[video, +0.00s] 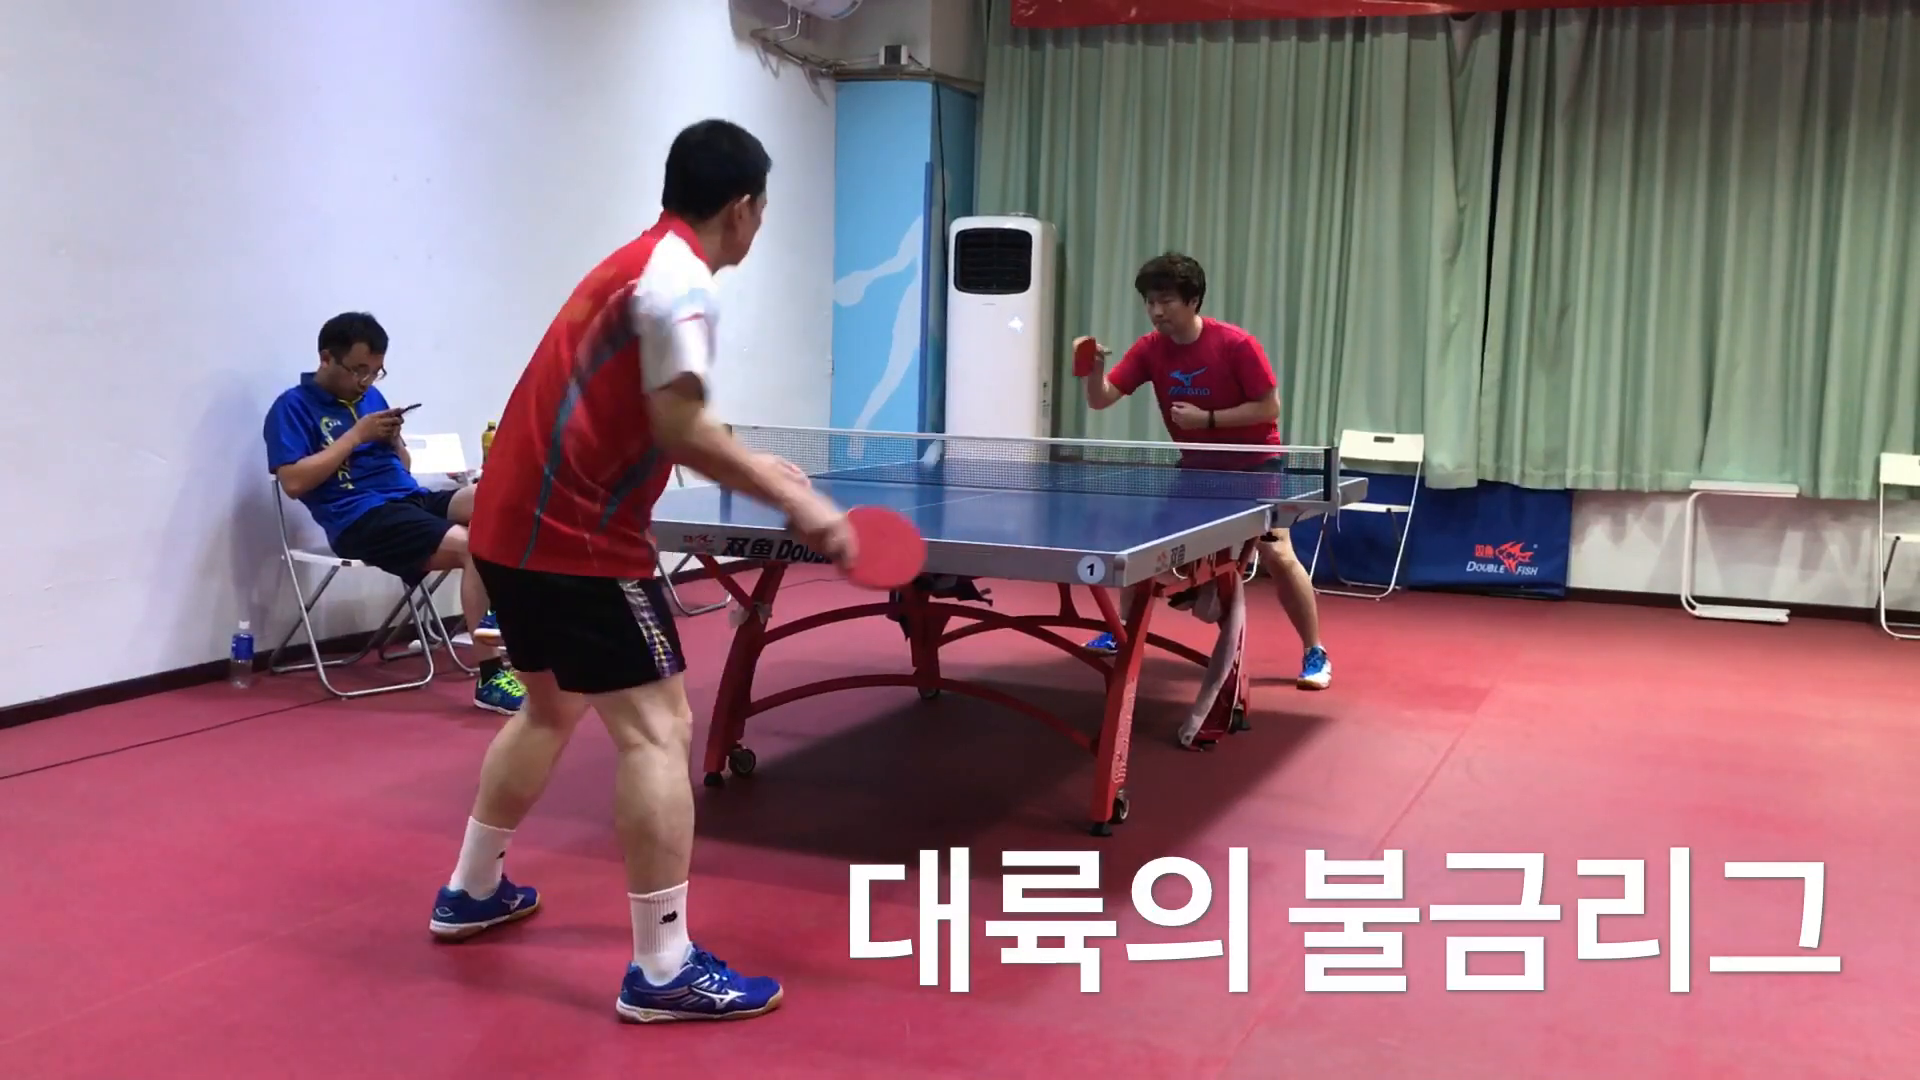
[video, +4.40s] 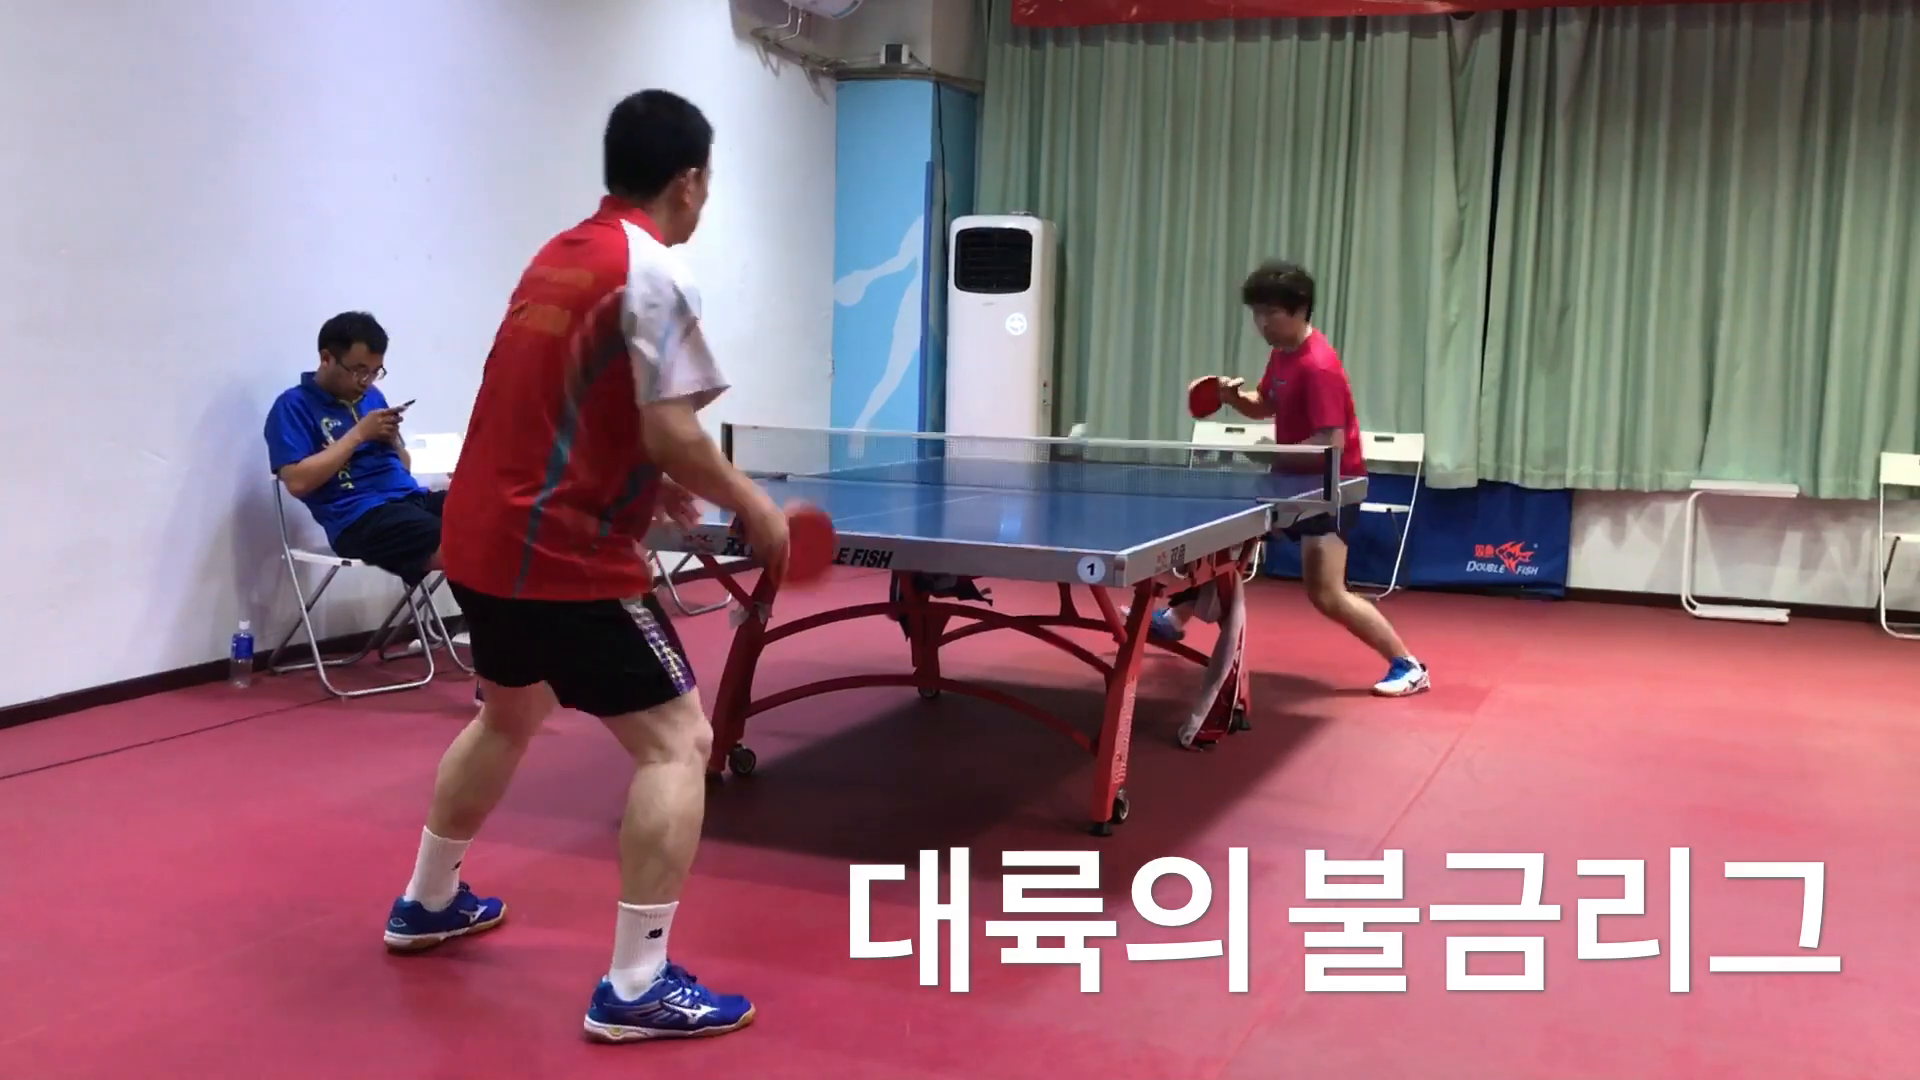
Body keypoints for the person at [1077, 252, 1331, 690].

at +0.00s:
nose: (1156, 311)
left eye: (1165, 301)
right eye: (1150, 302)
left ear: (1193, 300)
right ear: (1146, 304)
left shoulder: (1235, 344)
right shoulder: (1150, 350)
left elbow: (1269, 409)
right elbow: (1100, 400)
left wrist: (1208, 418)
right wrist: (1093, 370)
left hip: (1255, 468)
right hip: (1197, 469)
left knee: (1279, 555)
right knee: (1148, 542)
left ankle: (1314, 652)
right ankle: (1126, 633)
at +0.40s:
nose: (1132, 311)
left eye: (1141, 300)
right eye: (1126, 302)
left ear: (1169, 301)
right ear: (1122, 304)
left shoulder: (1203, 346)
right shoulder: (1147, 347)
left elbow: (1234, 415)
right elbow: (1143, 399)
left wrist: (1173, 420)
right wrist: (1091, 416)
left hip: (1242, 465)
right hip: (1190, 466)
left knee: (1261, 561)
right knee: (1146, 539)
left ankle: (1311, 651)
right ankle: (1126, 628)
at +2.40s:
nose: (1166, 320)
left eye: (1172, 311)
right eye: (1162, 312)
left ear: (1201, 304)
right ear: (1177, 311)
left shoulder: (1243, 350)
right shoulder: (1184, 346)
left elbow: (1264, 426)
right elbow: (1157, 395)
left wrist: (1201, 426)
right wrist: (1122, 374)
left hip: (1264, 477)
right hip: (1215, 472)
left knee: (1271, 571)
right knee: (1155, 543)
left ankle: (1313, 651)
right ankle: (1126, 633)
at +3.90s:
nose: (1138, 312)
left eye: (1146, 302)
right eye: (1131, 304)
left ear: (1173, 300)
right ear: (1129, 306)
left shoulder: (1207, 344)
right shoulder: (1148, 350)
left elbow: (1241, 411)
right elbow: (1143, 407)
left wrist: (1182, 421)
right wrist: (1095, 422)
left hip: (1246, 463)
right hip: (1193, 464)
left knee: (1266, 558)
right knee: (1146, 539)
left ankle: (1317, 648)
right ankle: (1124, 632)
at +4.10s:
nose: (1168, 331)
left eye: (1171, 321)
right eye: (1164, 323)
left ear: (1197, 312)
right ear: (1198, 310)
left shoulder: (1220, 353)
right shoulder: (1227, 333)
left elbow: (1248, 423)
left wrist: (1201, 435)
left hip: (1248, 476)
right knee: (1278, 578)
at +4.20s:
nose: (1214, 329)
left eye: (1217, 318)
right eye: (1210, 320)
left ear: (1242, 307)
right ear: (1247, 306)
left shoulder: (1259, 353)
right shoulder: (1280, 331)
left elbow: (1277, 424)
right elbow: (1277, 374)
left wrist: (1233, 437)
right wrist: (1234, 370)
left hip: (1276, 479)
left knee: (1308, 586)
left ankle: (1397, 657)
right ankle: (1397, 655)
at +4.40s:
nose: (1260, 323)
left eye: (1267, 313)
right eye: (1256, 314)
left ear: (1294, 310)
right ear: (1263, 313)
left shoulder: (1319, 365)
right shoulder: (1284, 351)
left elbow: (1331, 443)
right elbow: (1262, 407)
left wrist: (1269, 449)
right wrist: (1232, 395)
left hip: (1329, 484)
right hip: (1288, 476)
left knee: (1326, 592)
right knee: (1224, 539)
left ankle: (1407, 665)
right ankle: (1174, 619)